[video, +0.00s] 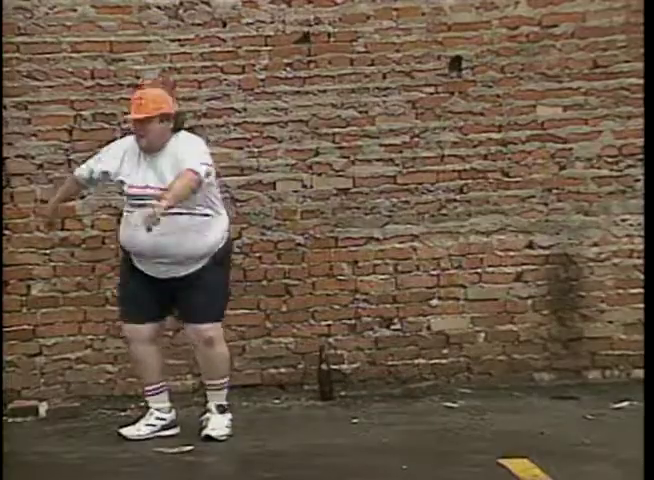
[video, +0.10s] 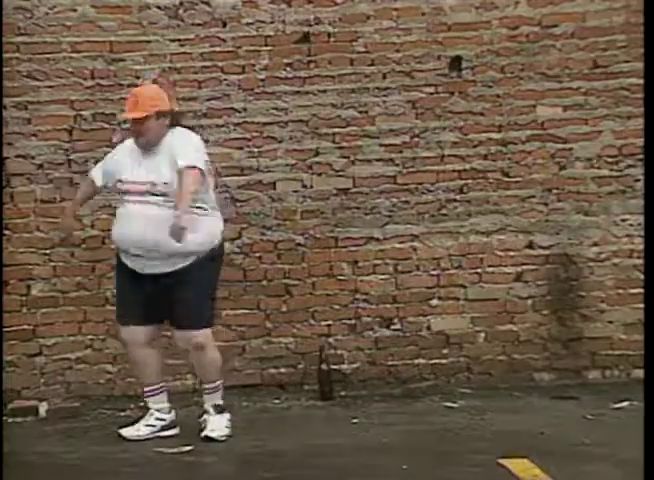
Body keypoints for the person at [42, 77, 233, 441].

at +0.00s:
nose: (139, 129)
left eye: (147, 122)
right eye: (135, 122)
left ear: (168, 121)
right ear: (131, 122)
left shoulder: (190, 147)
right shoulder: (124, 150)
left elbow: (192, 178)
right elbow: (83, 176)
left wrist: (165, 202)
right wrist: (54, 202)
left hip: (200, 260)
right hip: (142, 261)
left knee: (206, 333)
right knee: (138, 333)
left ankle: (218, 411)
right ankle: (160, 412)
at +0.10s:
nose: (134, 128)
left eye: (141, 121)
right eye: (131, 121)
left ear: (163, 119)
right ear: (128, 120)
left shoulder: (185, 142)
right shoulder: (125, 151)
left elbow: (191, 176)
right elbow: (95, 178)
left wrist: (182, 212)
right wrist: (76, 203)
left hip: (189, 259)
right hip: (136, 261)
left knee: (196, 337)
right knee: (136, 335)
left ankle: (216, 411)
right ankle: (160, 413)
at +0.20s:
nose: (131, 115)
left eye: (137, 107)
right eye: (127, 108)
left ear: (158, 99)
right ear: (124, 104)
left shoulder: (179, 125)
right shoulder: (131, 131)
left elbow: (211, 166)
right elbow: (137, 180)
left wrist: (209, 210)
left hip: (180, 242)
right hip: (135, 247)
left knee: (191, 325)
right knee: (146, 328)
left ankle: (215, 407)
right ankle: (160, 411)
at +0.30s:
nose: (124, 99)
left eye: (132, 93)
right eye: (121, 93)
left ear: (153, 88)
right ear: (121, 93)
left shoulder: (179, 117)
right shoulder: (130, 124)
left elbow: (219, 161)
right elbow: (141, 173)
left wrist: (223, 204)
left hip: (176, 223)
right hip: (135, 231)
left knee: (185, 317)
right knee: (151, 322)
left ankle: (219, 400)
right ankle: (169, 406)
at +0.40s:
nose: (123, 105)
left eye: (130, 99)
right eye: (120, 99)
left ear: (151, 97)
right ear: (120, 100)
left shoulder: (174, 123)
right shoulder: (129, 135)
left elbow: (213, 165)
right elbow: (141, 183)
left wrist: (211, 210)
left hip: (173, 231)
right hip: (136, 237)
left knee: (178, 325)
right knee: (147, 329)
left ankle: (211, 411)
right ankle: (180, 409)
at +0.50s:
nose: (120, 118)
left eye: (125, 110)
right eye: (119, 111)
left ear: (146, 108)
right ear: (134, 111)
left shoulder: (166, 133)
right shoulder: (140, 145)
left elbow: (187, 175)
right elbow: (139, 193)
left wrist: (165, 205)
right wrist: (108, 181)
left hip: (170, 243)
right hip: (141, 251)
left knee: (171, 331)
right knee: (139, 336)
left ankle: (214, 417)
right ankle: (179, 413)